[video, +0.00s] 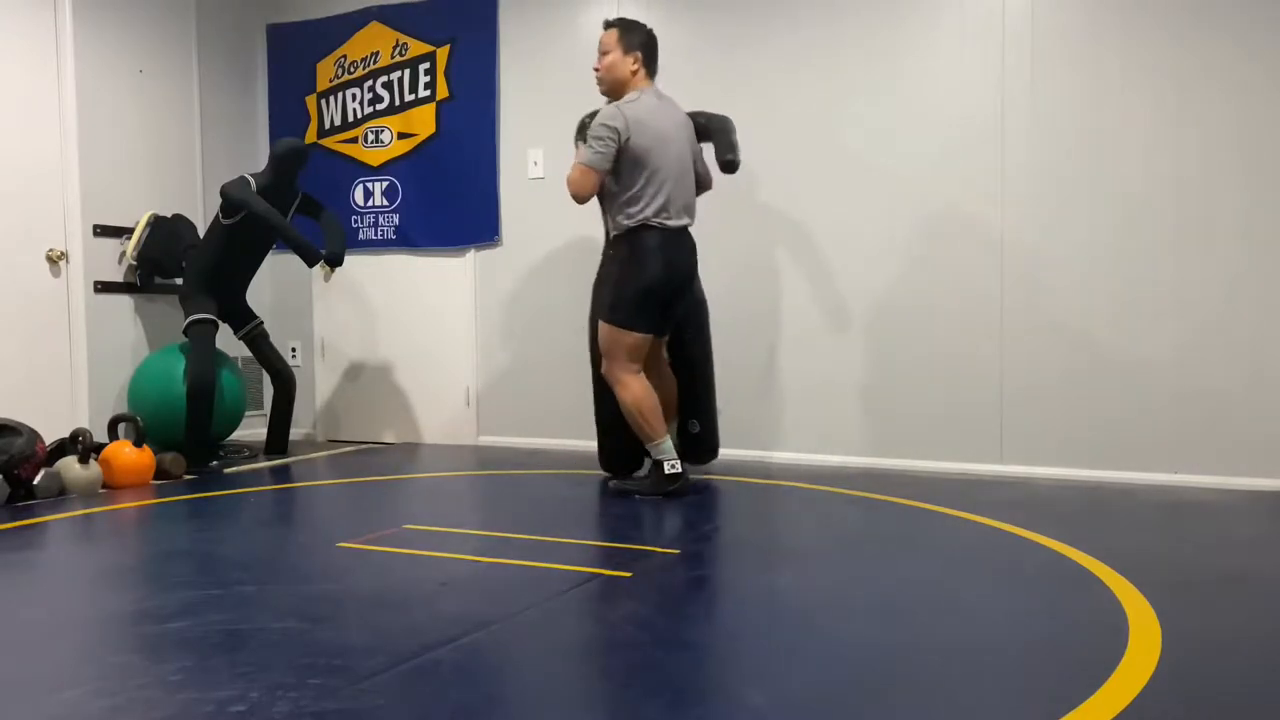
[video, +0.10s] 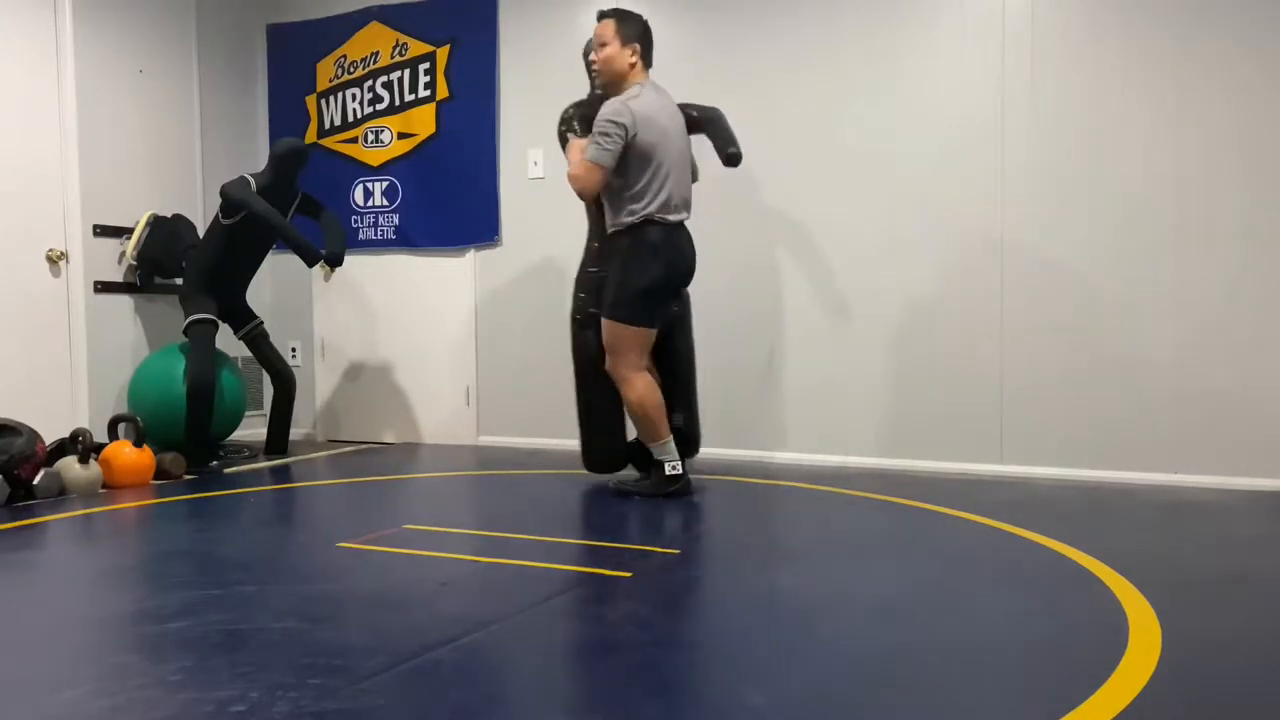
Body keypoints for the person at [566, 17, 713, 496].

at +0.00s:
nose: (596, 65)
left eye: (604, 54)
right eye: (598, 54)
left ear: (635, 61)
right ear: (638, 63)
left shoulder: (615, 116)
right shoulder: (675, 113)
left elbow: (581, 189)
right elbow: (702, 180)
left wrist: (584, 146)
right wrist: (648, 189)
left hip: (637, 250)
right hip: (678, 249)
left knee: (620, 365)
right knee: (653, 358)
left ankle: (666, 465)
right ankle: (667, 460)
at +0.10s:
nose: (592, 56)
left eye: (600, 45)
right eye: (592, 46)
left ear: (633, 53)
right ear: (632, 55)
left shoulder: (619, 112)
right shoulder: (664, 105)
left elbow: (586, 186)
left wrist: (574, 151)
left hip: (641, 244)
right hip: (670, 239)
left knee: (624, 362)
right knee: (635, 359)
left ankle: (667, 469)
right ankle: (662, 463)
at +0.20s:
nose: (586, 52)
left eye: (595, 42)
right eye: (585, 42)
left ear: (627, 49)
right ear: (625, 52)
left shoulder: (619, 107)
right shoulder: (649, 99)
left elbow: (585, 183)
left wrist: (567, 152)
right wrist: (586, 152)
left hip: (641, 241)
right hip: (657, 236)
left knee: (635, 361)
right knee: (608, 340)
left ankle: (669, 467)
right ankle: (617, 446)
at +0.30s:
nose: (579, 52)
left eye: (587, 42)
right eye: (578, 43)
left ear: (620, 47)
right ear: (619, 50)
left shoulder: (615, 105)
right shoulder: (640, 96)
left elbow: (585, 179)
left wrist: (562, 147)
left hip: (632, 242)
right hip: (644, 237)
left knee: (634, 364)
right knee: (588, 333)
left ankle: (670, 466)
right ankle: (579, 446)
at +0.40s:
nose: (569, 56)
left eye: (577, 45)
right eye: (568, 46)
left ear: (611, 48)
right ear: (609, 51)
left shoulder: (612, 104)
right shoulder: (625, 97)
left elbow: (583, 175)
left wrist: (553, 146)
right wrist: (570, 141)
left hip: (620, 245)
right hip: (611, 242)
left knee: (624, 364)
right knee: (568, 347)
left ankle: (670, 467)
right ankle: (545, 453)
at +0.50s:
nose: (555, 61)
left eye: (563, 50)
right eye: (554, 52)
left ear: (596, 53)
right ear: (591, 56)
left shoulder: (602, 105)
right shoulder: (602, 102)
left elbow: (576, 173)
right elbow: (579, 164)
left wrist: (542, 148)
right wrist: (553, 143)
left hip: (603, 248)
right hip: (580, 248)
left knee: (610, 372)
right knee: (549, 360)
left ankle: (667, 465)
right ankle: (535, 464)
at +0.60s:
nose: (537, 62)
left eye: (545, 51)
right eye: (536, 53)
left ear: (577, 53)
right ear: (567, 57)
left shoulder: (588, 104)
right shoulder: (569, 106)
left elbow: (571, 170)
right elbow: (560, 162)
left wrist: (527, 148)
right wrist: (531, 145)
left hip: (588, 247)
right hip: (559, 247)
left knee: (560, 367)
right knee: (532, 358)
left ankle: (647, 447)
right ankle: (532, 466)